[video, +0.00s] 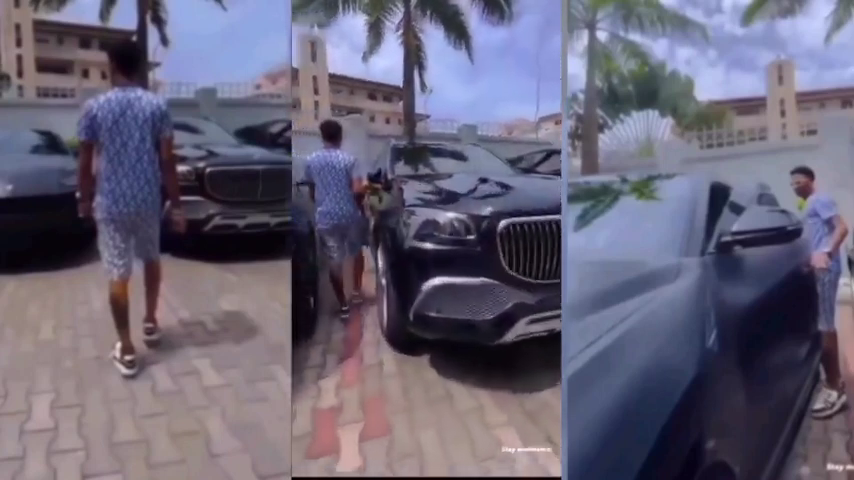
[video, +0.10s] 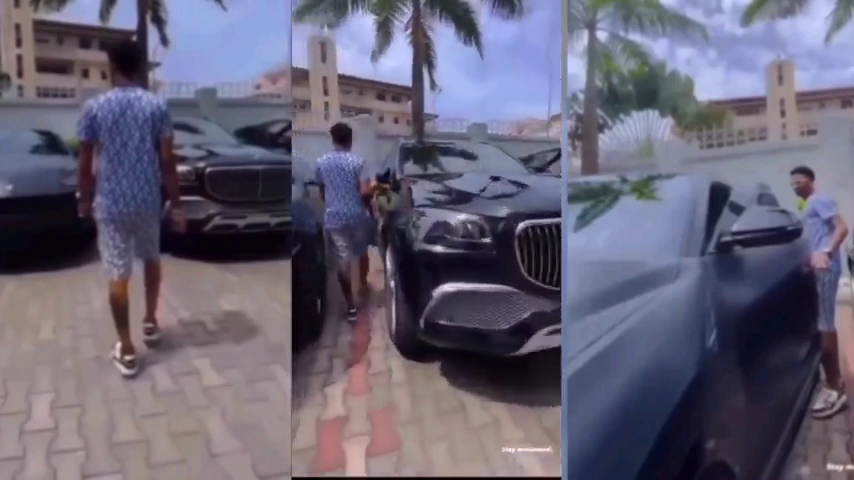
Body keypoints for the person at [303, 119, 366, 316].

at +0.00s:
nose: (334, 139)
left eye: (329, 136)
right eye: (337, 136)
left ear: (322, 137)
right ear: (340, 137)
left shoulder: (312, 161)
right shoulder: (349, 159)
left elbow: (311, 192)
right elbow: (357, 189)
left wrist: (318, 205)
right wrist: (360, 207)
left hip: (325, 214)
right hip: (349, 213)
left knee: (334, 260)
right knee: (357, 252)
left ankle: (342, 305)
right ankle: (357, 290)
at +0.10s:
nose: (346, 142)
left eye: (340, 138)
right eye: (348, 138)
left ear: (332, 139)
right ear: (350, 139)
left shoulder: (322, 162)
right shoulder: (358, 161)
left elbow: (322, 193)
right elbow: (364, 190)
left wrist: (329, 205)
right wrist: (374, 186)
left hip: (333, 213)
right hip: (356, 212)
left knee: (342, 258)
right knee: (361, 252)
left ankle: (350, 306)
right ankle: (363, 285)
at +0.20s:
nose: (354, 145)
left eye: (349, 142)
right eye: (357, 142)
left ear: (344, 143)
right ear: (362, 143)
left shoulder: (333, 165)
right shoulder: (368, 165)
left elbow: (333, 193)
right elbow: (373, 193)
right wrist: (382, 187)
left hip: (344, 217)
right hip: (366, 216)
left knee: (351, 260)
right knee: (369, 256)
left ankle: (357, 307)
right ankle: (367, 283)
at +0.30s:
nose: (367, 148)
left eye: (362, 144)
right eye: (370, 145)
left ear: (356, 145)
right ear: (373, 146)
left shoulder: (346, 167)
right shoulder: (377, 168)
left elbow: (345, 190)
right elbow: (381, 196)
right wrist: (390, 187)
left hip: (354, 215)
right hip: (374, 215)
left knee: (359, 258)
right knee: (376, 253)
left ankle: (364, 304)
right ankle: (373, 284)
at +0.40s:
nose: (380, 148)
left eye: (375, 144)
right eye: (382, 145)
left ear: (368, 146)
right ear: (384, 146)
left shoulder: (358, 166)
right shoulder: (386, 168)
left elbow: (358, 187)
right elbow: (388, 196)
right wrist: (399, 189)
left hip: (363, 214)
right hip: (382, 215)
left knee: (368, 254)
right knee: (385, 253)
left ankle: (370, 292)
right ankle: (381, 285)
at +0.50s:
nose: (392, 148)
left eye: (386, 145)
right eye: (393, 145)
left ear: (378, 146)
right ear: (394, 146)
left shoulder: (369, 165)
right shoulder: (395, 167)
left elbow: (368, 186)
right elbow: (396, 196)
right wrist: (406, 191)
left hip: (374, 213)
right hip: (392, 214)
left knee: (375, 250)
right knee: (394, 253)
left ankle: (377, 283)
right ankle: (390, 286)